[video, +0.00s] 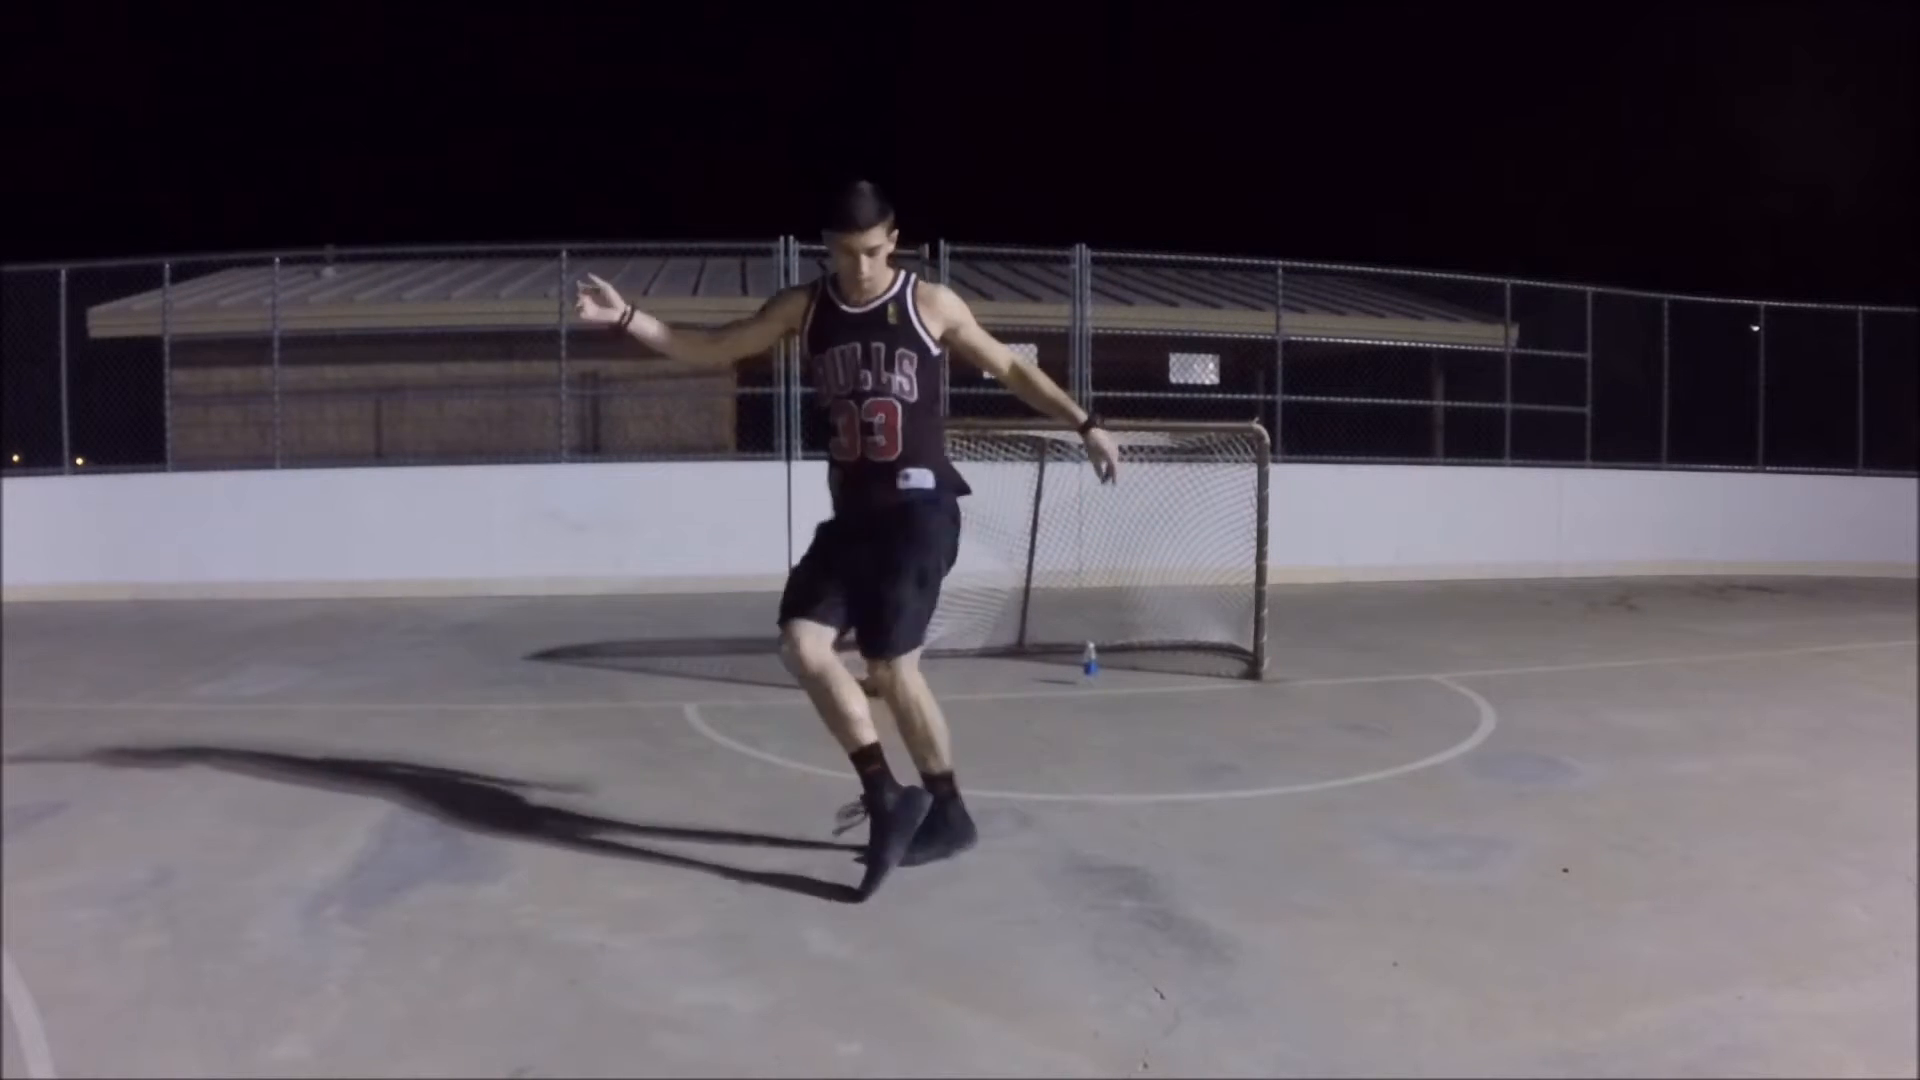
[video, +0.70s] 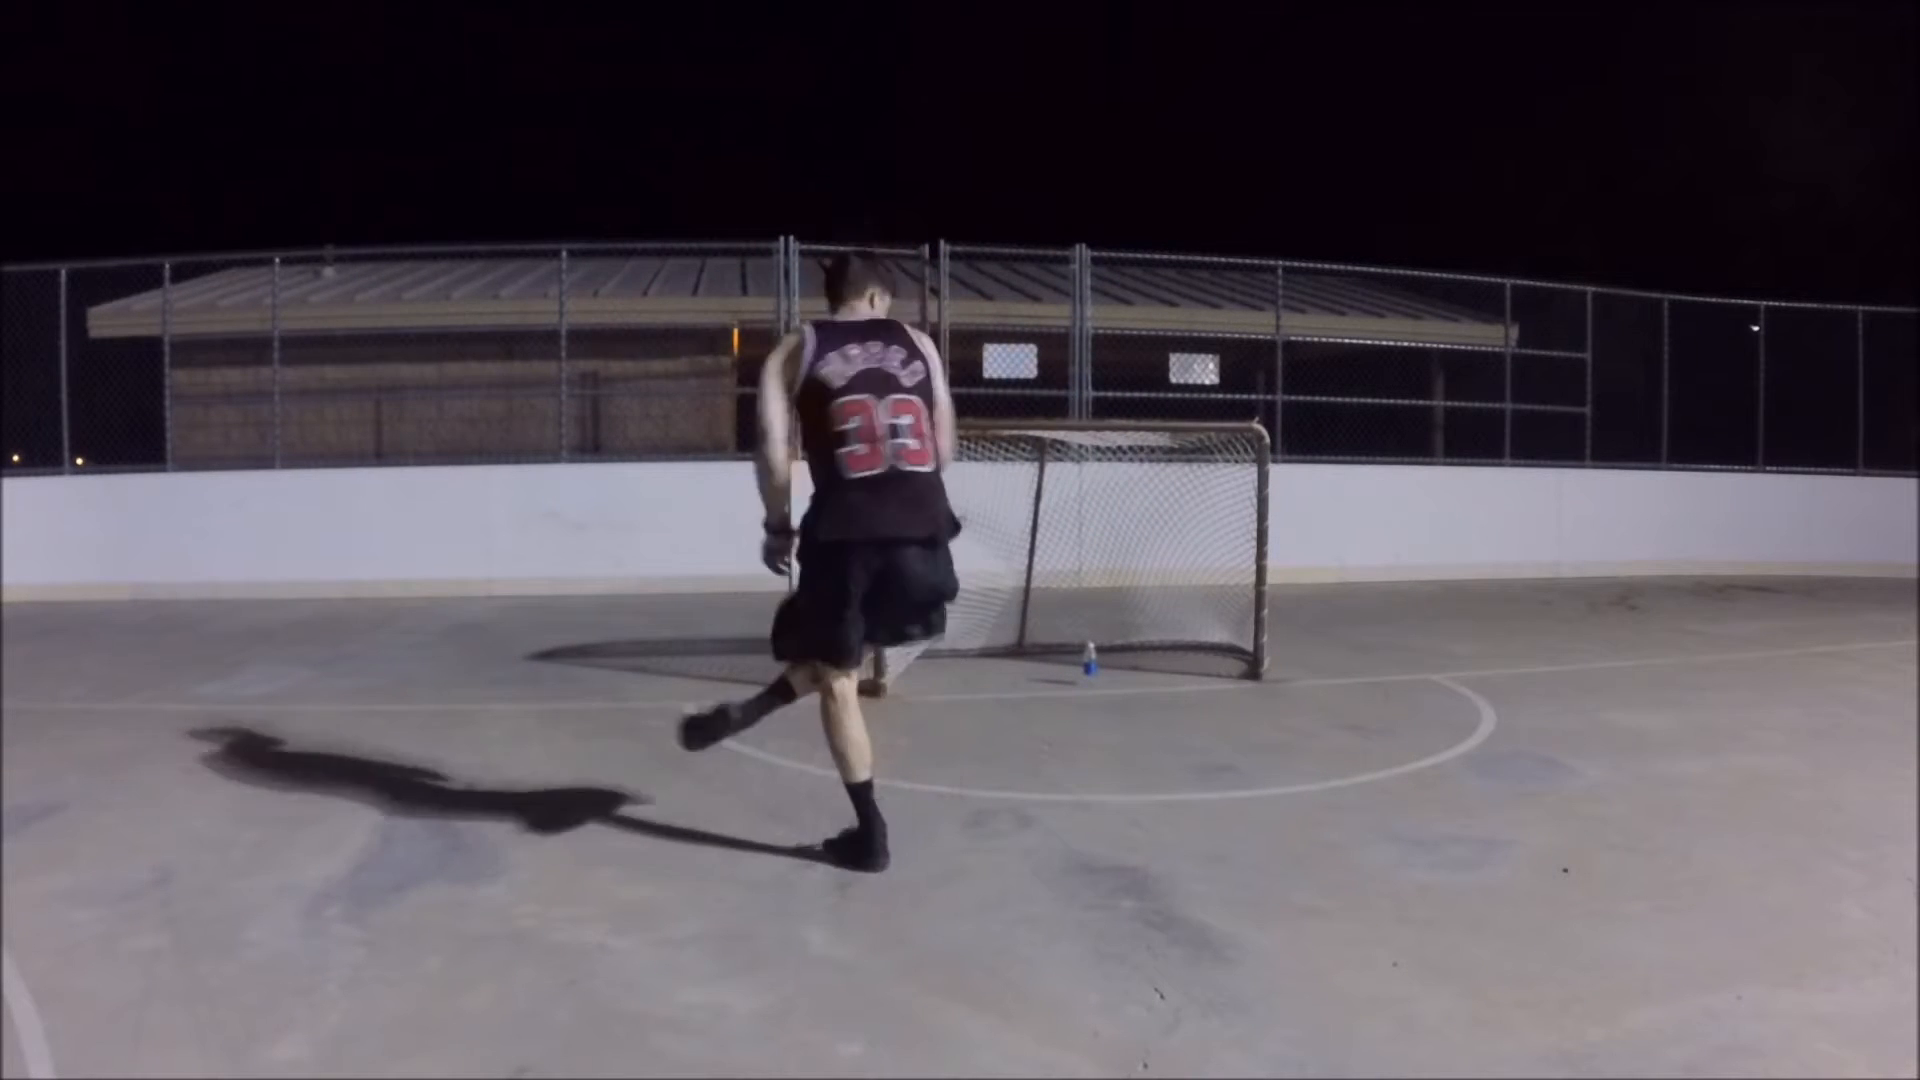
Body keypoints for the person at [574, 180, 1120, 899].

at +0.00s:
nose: (860, 270)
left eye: (872, 254)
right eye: (845, 255)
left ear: (894, 242)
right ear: (827, 247)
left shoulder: (931, 303)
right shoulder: (804, 306)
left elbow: (1012, 370)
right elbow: (716, 348)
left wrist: (1087, 426)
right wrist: (630, 318)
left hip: (919, 511)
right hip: (852, 513)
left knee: (890, 668)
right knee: (805, 641)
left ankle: (950, 812)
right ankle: (886, 803)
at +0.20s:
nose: (846, 267)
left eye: (857, 252)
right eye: (835, 254)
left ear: (886, 237)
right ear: (822, 250)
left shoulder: (933, 308)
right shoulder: (806, 304)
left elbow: (1014, 377)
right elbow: (733, 352)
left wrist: (1081, 428)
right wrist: (646, 361)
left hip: (905, 514)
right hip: (828, 510)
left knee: (887, 669)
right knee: (826, 649)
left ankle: (896, 805)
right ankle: (896, 795)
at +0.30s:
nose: (822, 276)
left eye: (831, 261)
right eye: (813, 265)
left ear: (868, 249)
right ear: (809, 265)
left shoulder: (930, 313)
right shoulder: (806, 318)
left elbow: (993, 377)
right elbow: (770, 370)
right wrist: (725, 380)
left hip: (904, 516)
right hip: (826, 513)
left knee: (873, 672)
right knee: (866, 649)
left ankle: (808, 805)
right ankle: (912, 817)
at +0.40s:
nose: (816, 276)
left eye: (821, 261)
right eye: (811, 266)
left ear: (856, 247)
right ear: (819, 262)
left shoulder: (923, 308)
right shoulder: (820, 317)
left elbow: (920, 386)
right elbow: (820, 399)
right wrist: (771, 395)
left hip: (895, 517)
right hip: (824, 511)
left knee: (861, 678)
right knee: (837, 670)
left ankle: (812, 805)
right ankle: (904, 814)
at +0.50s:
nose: (806, 258)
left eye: (806, 243)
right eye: (804, 245)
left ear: (827, 233)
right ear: (845, 231)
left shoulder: (892, 287)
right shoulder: (853, 299)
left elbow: (887, 389)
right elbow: (867, 398)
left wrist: (782, 400)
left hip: (884, 506)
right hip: (843, 500)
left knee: (845, 663)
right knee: (761, 614)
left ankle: (878, 808)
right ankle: (840, 758)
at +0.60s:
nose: (808, 255)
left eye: (809, 244)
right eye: (816, 242)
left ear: (816, 247)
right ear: (872, 246)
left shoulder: (839, 302)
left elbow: (855, 409)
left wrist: (777, 465)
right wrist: (769, 410)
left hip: (857, 505)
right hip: (916, 511)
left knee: (843, 674)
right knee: (808, 620)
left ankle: (866, 834)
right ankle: (746, 725)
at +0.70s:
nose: (892, 310)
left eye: (888, 305)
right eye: (891, 303)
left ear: (827, 300)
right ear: (878, 299)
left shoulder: (790, 353)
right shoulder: (920, 344)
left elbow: (777, 459)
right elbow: (944, 448)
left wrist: (777, 525)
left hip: (843, 544)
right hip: (922, 544)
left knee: (839, 684)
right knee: (839, 648)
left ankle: (870, 835)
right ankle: (736, 717)